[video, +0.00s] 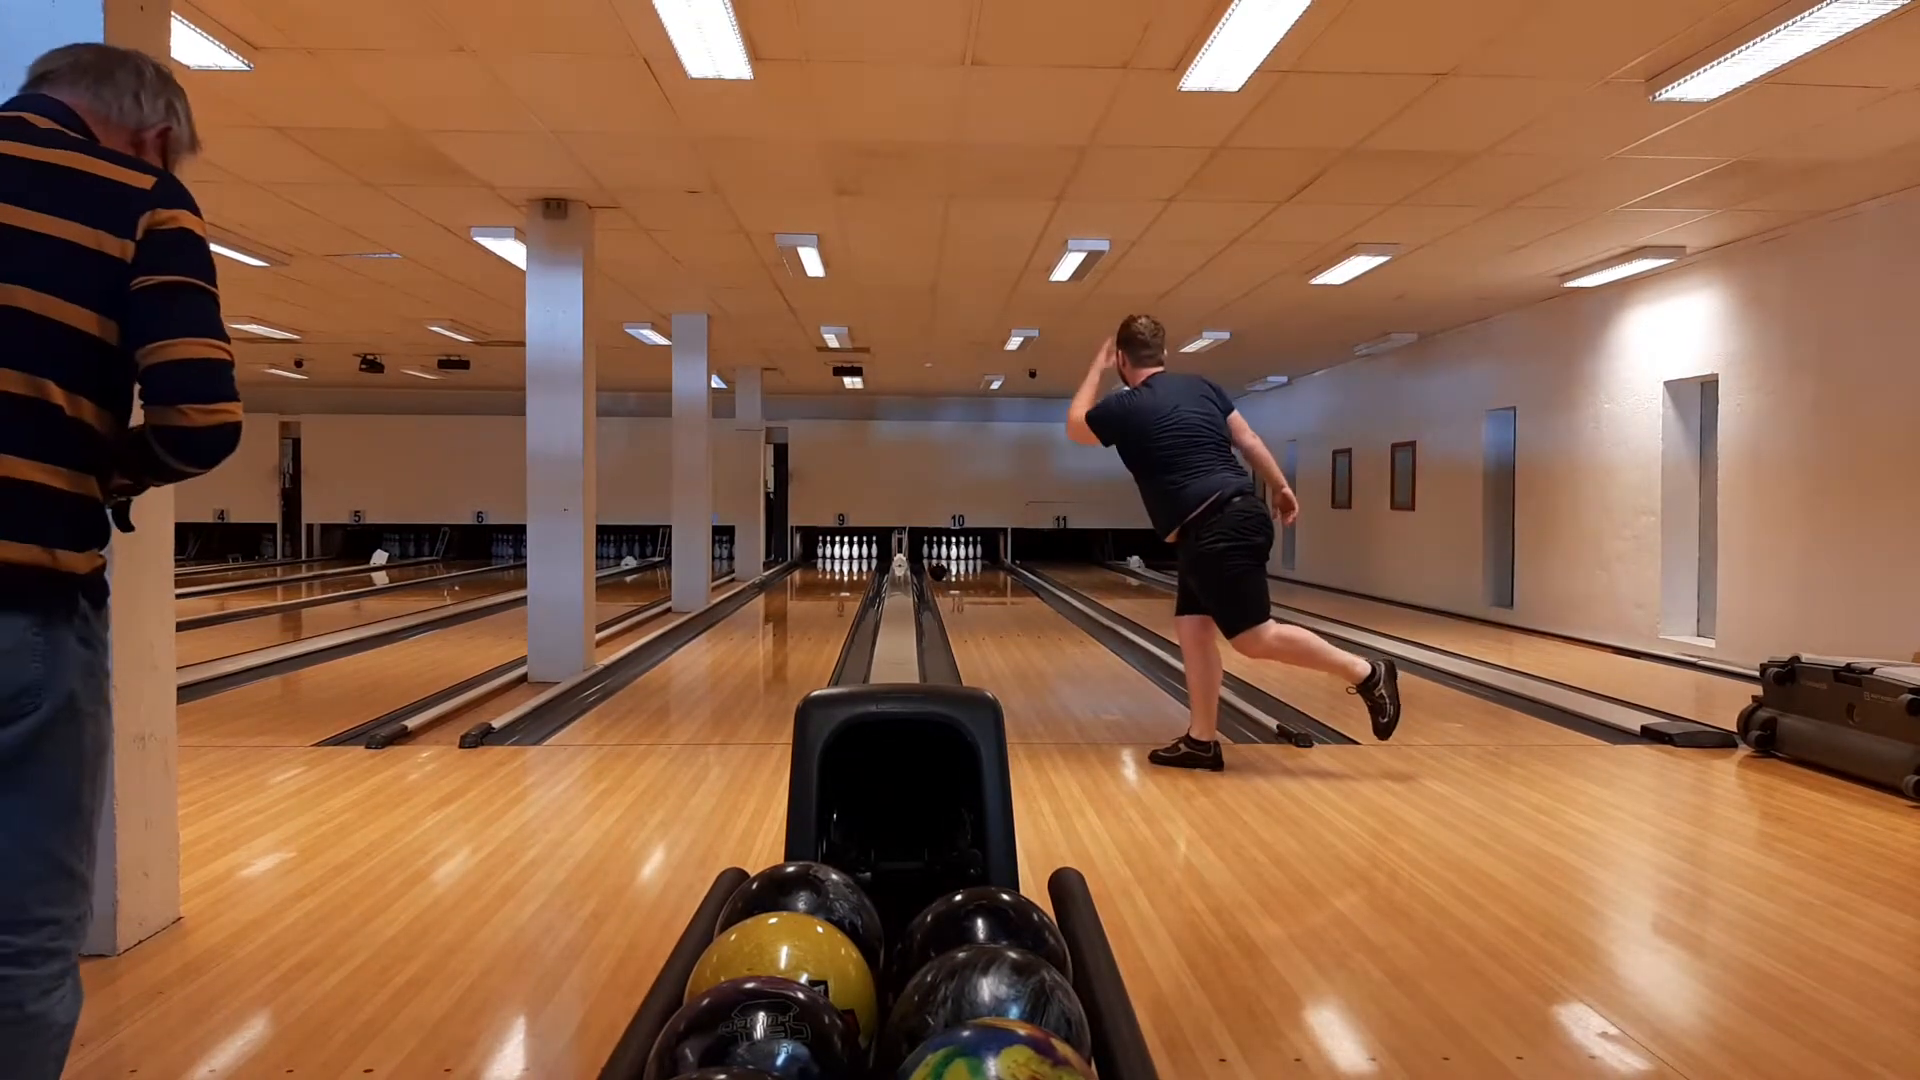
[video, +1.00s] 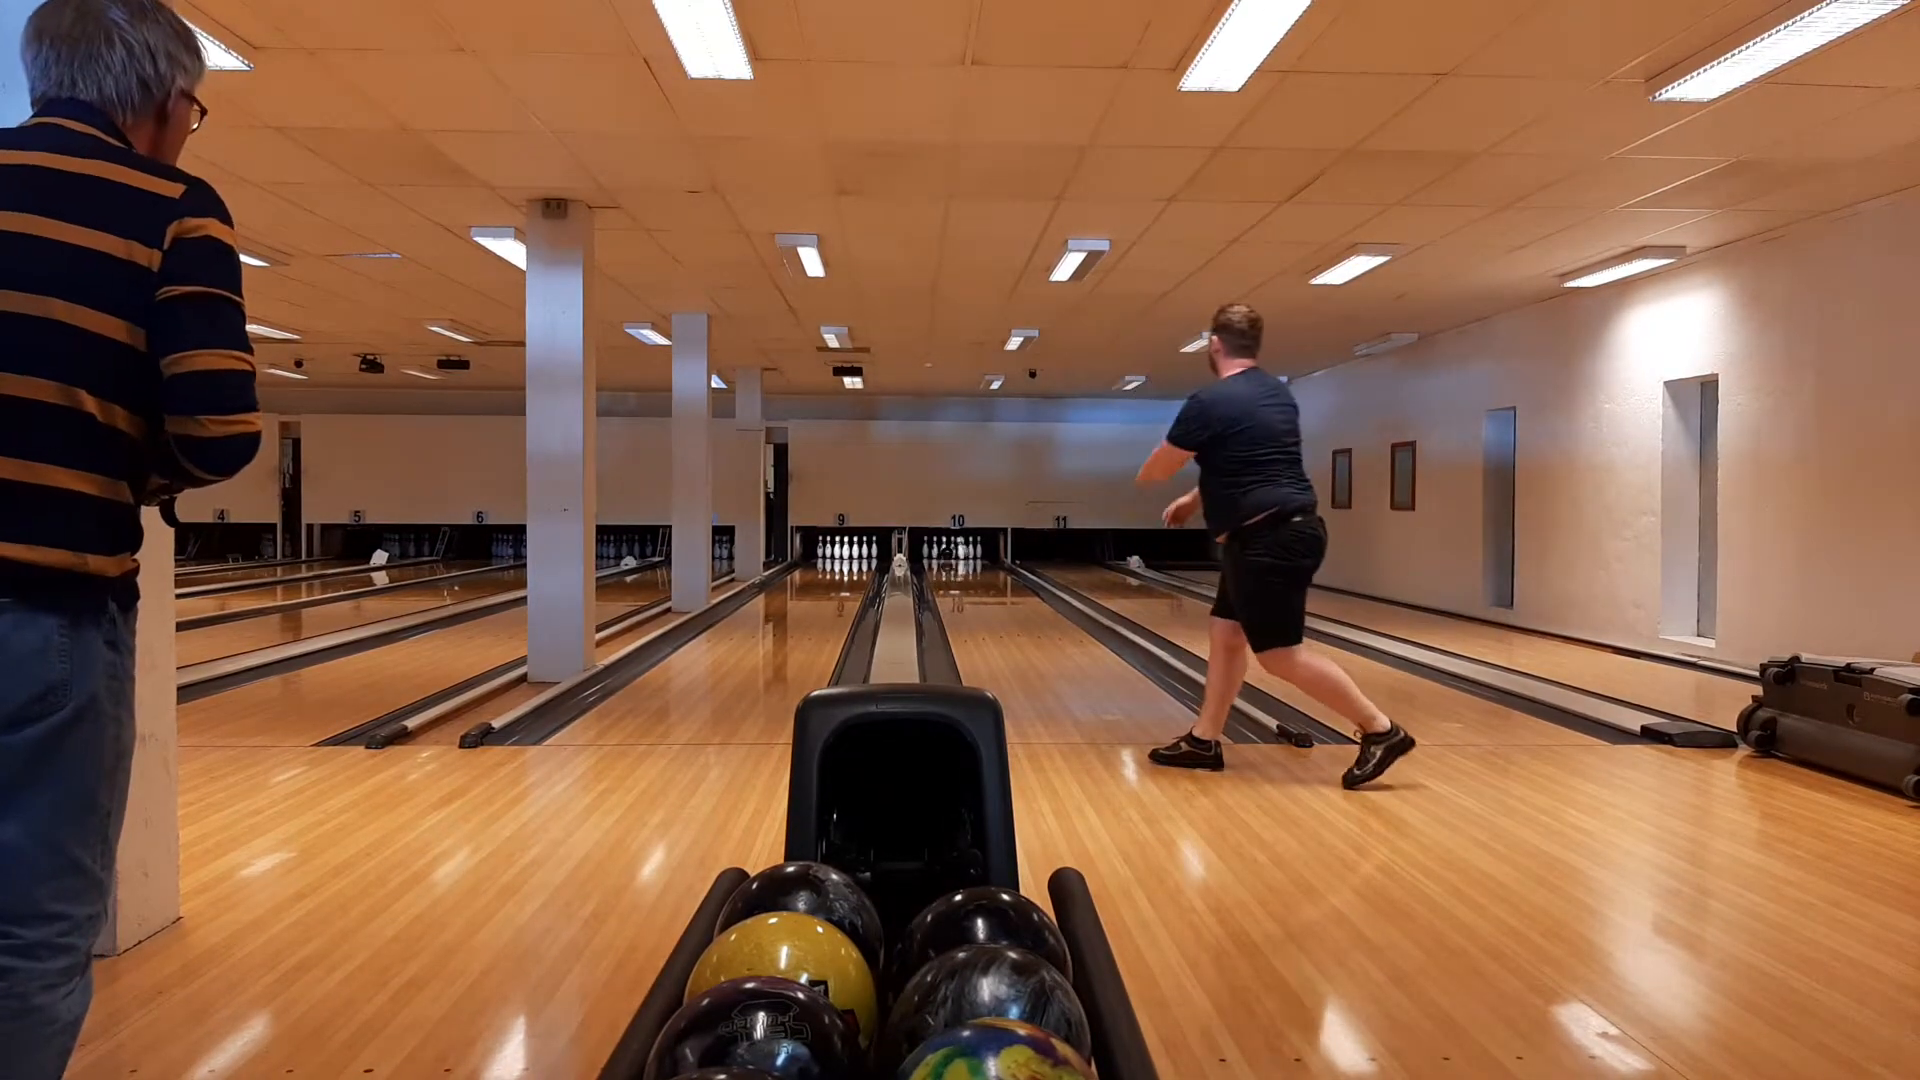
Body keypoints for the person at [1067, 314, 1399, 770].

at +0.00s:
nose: (1116, 367)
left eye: (1117, 361)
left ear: (1122, 362)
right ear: (1164, 357)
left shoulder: (1122, 407)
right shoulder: (1203, 388)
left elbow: (1076, 424)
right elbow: (1248, 440)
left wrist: (1096, 370)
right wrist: (1281, 485)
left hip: (1213, 525)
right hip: (1235, 514)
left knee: (1252, 636)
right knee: (1192, 625)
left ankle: (1367, 673)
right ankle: (1202, 741)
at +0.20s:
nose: (1125, 361)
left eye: (1125, 355)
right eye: (1128, 355)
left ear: (1129, 356)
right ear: (1173, 354)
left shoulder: (1135, 411)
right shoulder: (1208, 388)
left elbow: (1119, 490)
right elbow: (1250, 445)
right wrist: (1279, 492)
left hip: (1217, 525)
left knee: (1251, 636)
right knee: (1195, 626)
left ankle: (1361, 684)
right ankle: (1202, 741)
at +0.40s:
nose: (1127, 365)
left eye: (1126, 358)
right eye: (1130, 359)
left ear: (1130, 358)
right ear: (1173, 354)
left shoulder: (1146, 399)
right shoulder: (1210, 388)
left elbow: (1163, 446)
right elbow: (1253, 437)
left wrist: (1177, 507)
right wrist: (1295, 481)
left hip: (1224, 519)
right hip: (1247, 511)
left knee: (1253, 638)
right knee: (1200, 626)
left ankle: (1363, 687)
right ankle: (1203, 740)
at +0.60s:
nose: (1137, 361)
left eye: (1136, 354)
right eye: (1141, 354)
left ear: (1143, 353)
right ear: (1183, 351)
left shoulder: (1154, 394)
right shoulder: (1221, 388)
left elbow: (1173, 428)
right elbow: (1258, 447)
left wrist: (1186, 469)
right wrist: (1289, 495)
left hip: (1228, 520)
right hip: (1254, 509)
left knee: (1257, 639)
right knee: (1205, 627)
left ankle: (1367, 690)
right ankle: (1203, 740)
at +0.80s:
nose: (1166, 352)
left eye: (1166, 346)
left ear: (1170, 348)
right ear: (1213, 348)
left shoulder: (1174, 404)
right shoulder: (1244, 394)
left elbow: (1159, 484)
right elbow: (1247, 464)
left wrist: (1138, 553)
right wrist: (1207, 519)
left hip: (1241, 527)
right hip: (1267, 517)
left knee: (1263, 646)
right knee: (1211, 626)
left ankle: (1368, 705)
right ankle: (1204, 740)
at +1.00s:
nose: (1209, 349)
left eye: (1209, 342)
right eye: (1213, 342)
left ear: (1213, 345)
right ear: (1256, 347)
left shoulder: (1209, 403)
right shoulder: (1278, 394)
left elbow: (1152, 473)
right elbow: (1248, 463)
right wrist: (1192, 499)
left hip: (1268, 536)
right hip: (1292, 526)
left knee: (1279, 655)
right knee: (1226, 631)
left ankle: (1381, 731)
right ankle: (1204, 740)